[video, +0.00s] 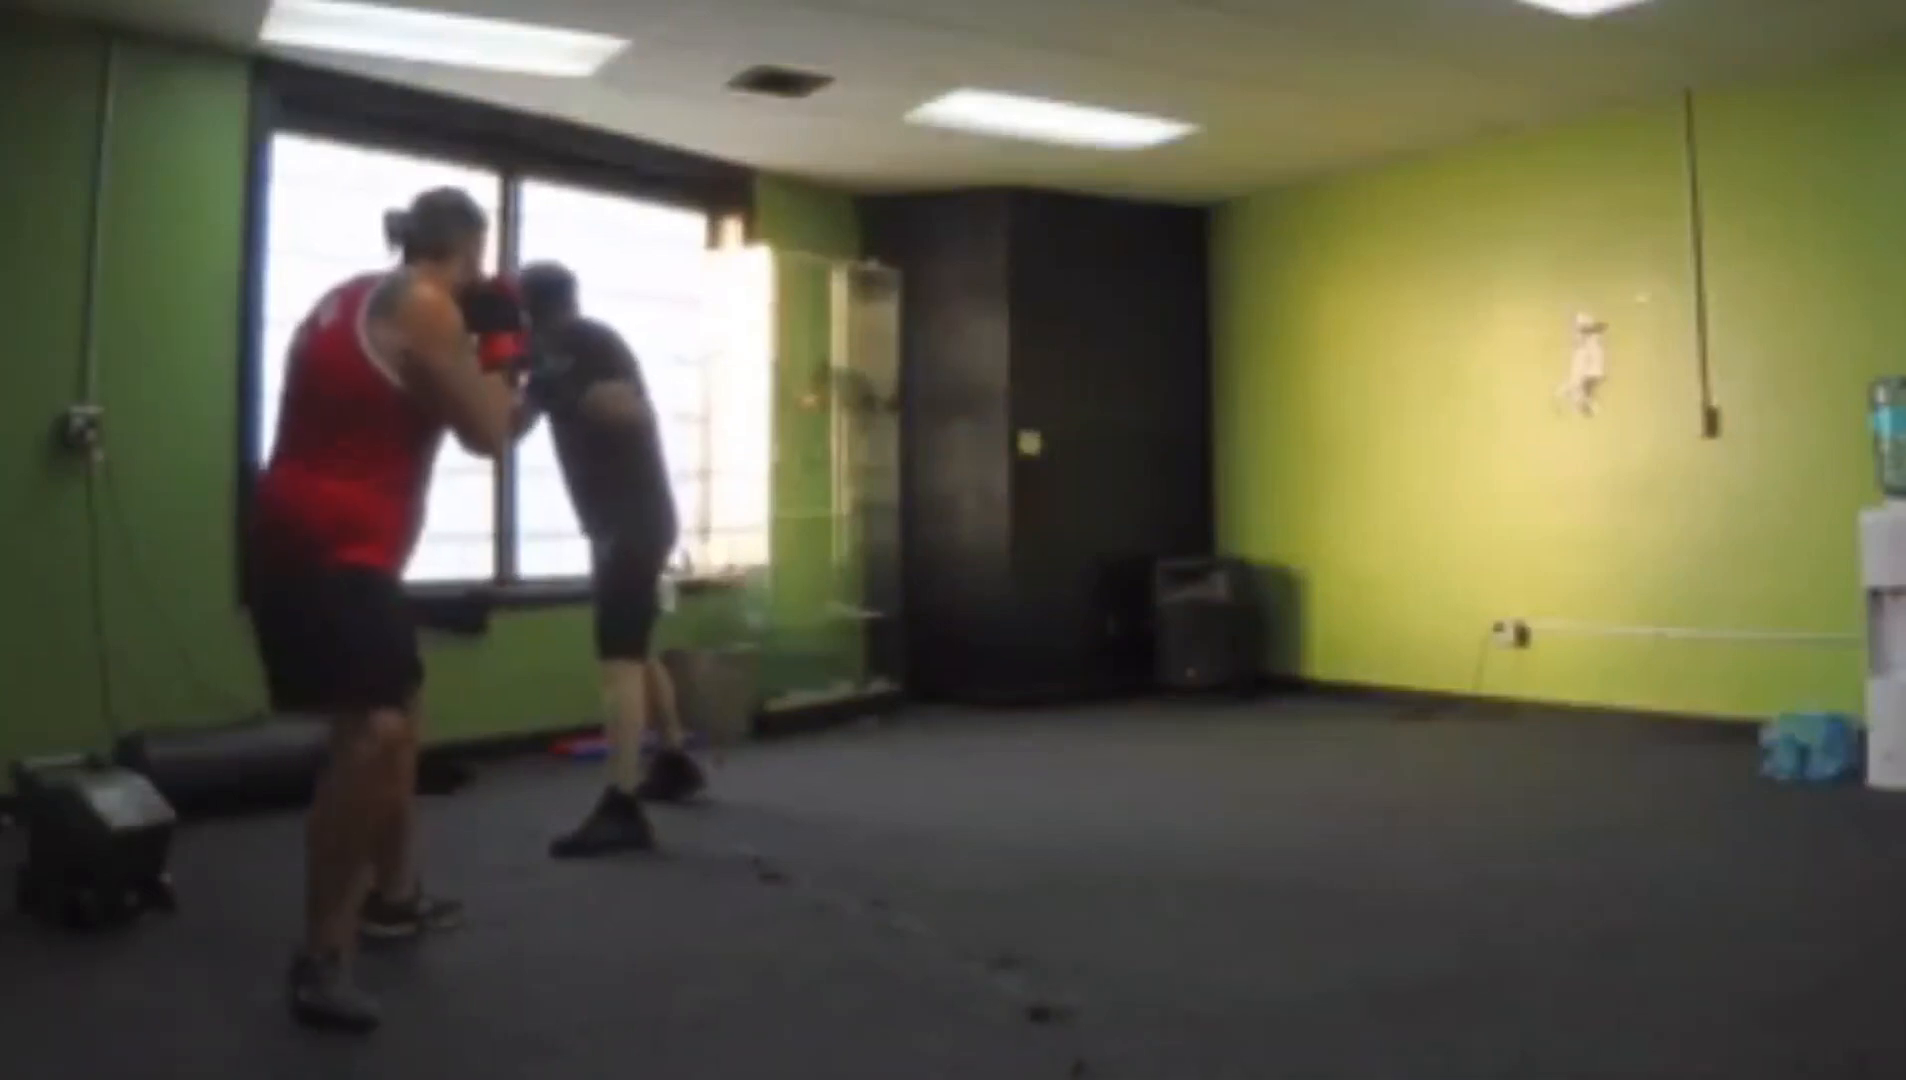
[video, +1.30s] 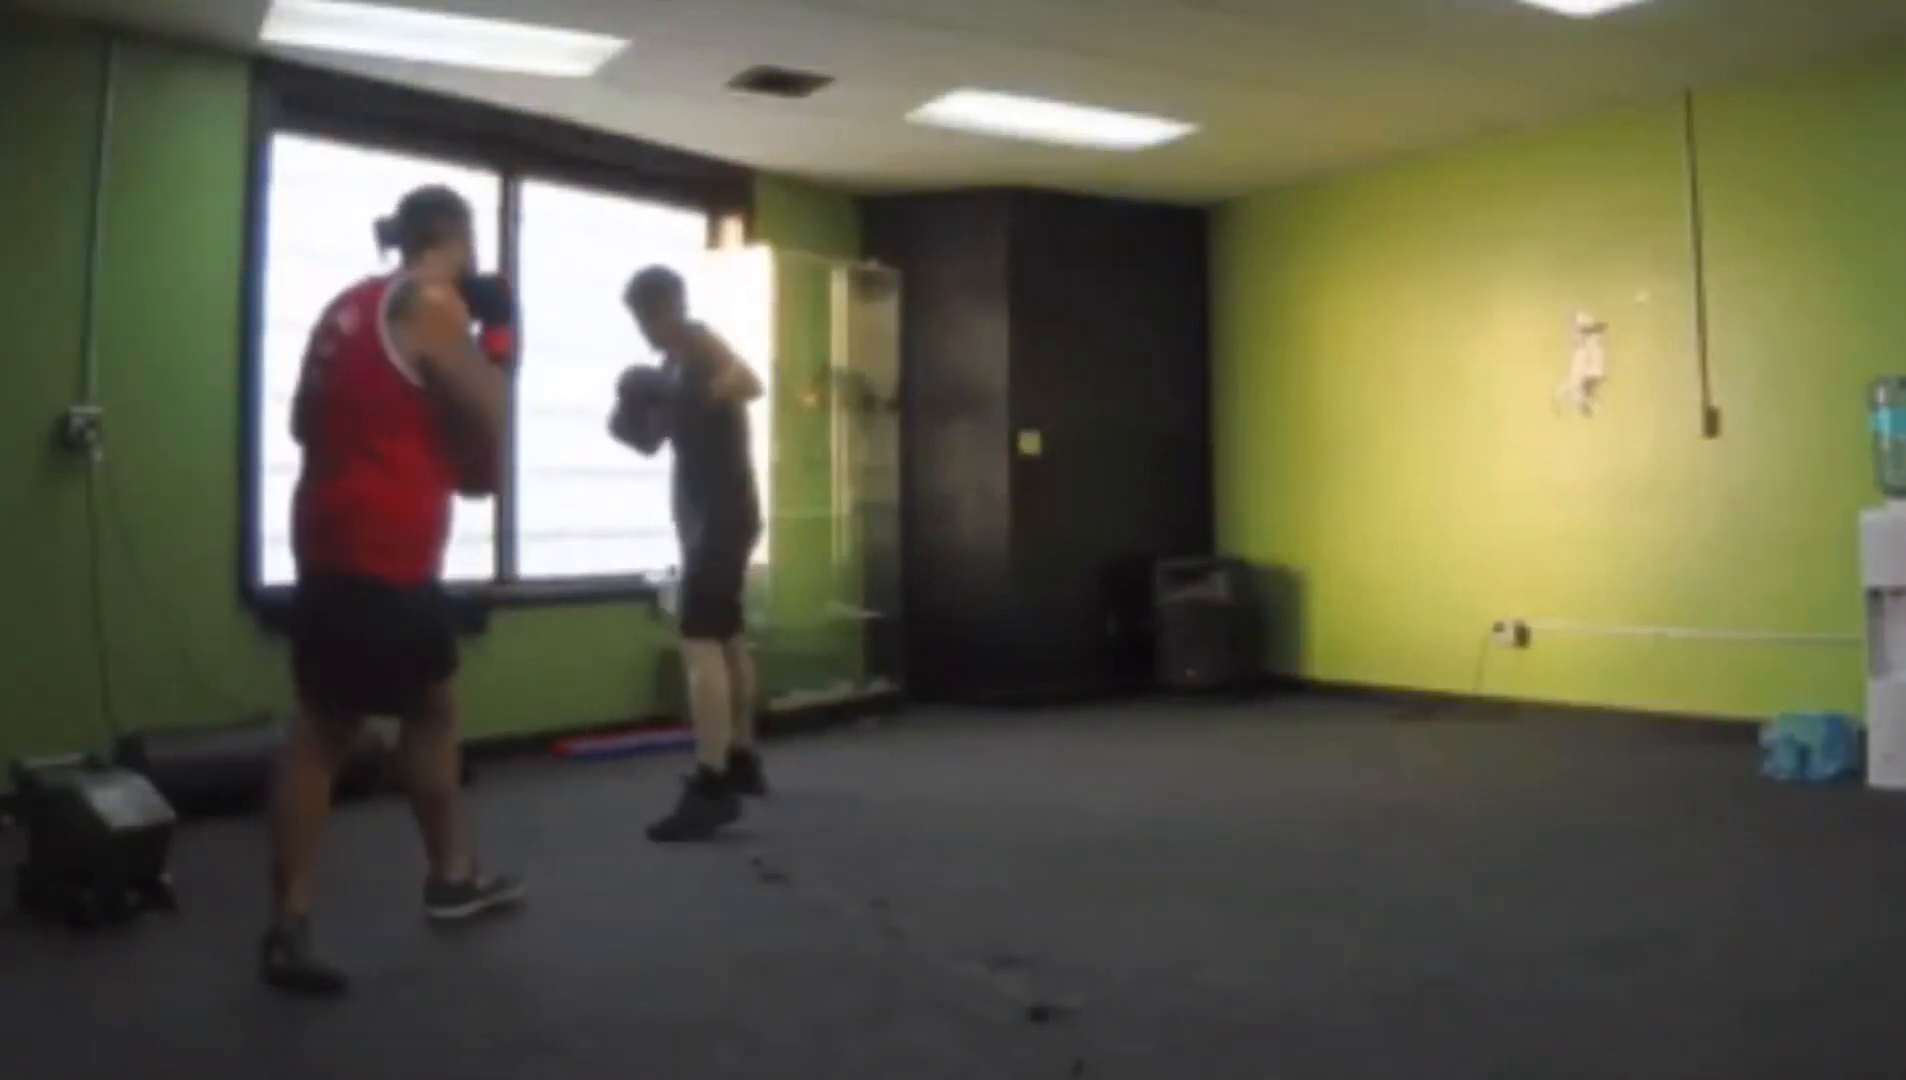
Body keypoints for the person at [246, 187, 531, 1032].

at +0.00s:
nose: (481, 274)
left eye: (480, 261)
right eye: (478, 259)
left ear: (408, 243)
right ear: (456, 253)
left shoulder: (351, 297)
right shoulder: (421, 305)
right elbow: (489, 428)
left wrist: (468, 331)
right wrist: (505, 356)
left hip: (294, 544)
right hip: (344, 554)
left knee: (394, 718)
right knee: (374, 734)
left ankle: (391, 894)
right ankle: (323, 960)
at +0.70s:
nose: (502, 289)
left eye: (503, 276)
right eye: (500, 274)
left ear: (448, 255)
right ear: (479, 265)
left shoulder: (415, 314)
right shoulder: (411, 307)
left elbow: (457, 404)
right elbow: (457, 423)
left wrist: (535, 399)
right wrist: (504, 369)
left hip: (389, 540)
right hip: (350, 535)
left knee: (420, 700)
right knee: (348, 718)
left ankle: (434, 862)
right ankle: (292, 918)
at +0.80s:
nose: (489, 284)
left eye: (492, 273)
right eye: (488, 270)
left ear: (430, 249)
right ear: (464, 259)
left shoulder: (404, 321)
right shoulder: (393, 305)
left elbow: (403, 434)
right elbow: (450, 415)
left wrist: (460, 471)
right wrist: (500, 352)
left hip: (386, 549)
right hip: (348, 546)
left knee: (410, 711)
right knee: (330, 728)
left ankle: (433, 863)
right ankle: (295, 922)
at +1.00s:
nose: (460, 271)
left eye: (461, 258)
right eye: (459, 256)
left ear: (396, 237)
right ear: (438, 245)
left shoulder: (335, 304)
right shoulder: (384, 308)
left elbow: (288, 406)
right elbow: (446, 421)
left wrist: (419, 469)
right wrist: (482, 347)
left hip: (306, 547)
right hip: (365, 553)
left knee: (298, 733)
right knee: (416, 691)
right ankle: (432, 849)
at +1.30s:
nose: (470, 263)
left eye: (467, 251)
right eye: (466, 250)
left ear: (402, 243)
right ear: (445, 244)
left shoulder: (346, 308)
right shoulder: (431, 307)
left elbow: (305, 421)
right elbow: (487, 408)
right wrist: (495, 339)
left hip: (326, 549)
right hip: (393, 554)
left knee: (315, 738)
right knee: (433, 713)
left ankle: (289, 924)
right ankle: (452, 876)